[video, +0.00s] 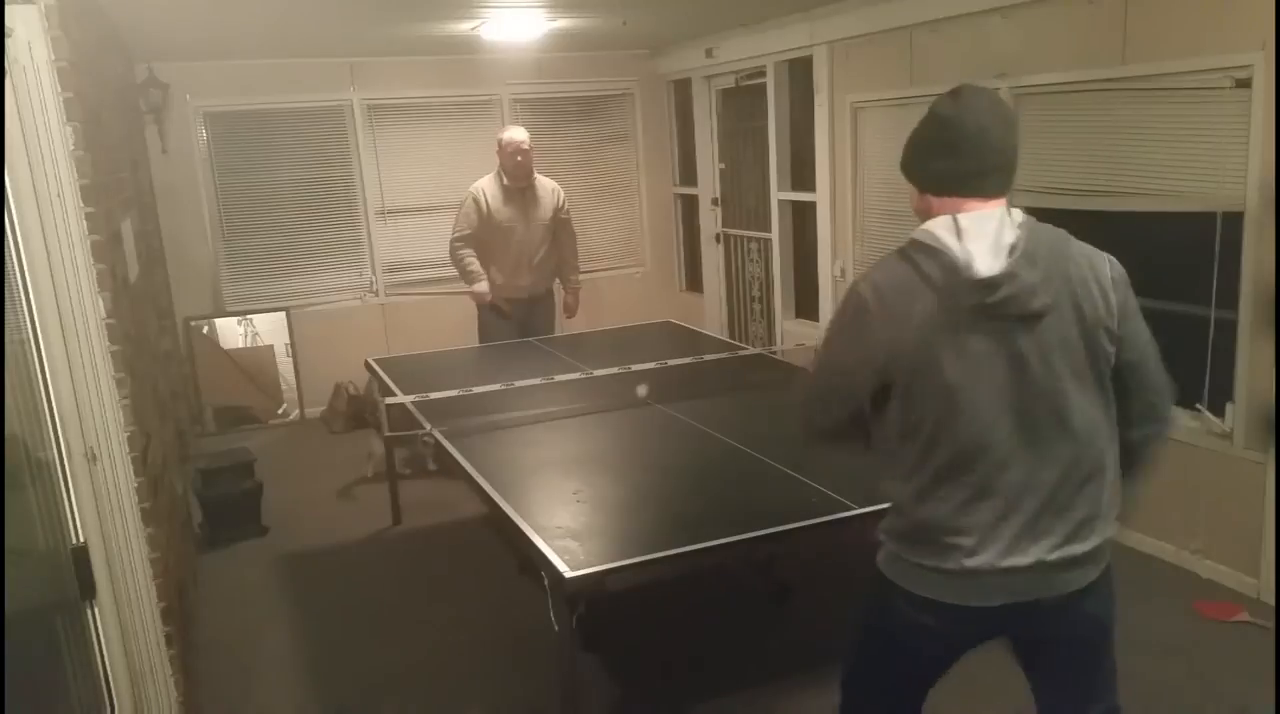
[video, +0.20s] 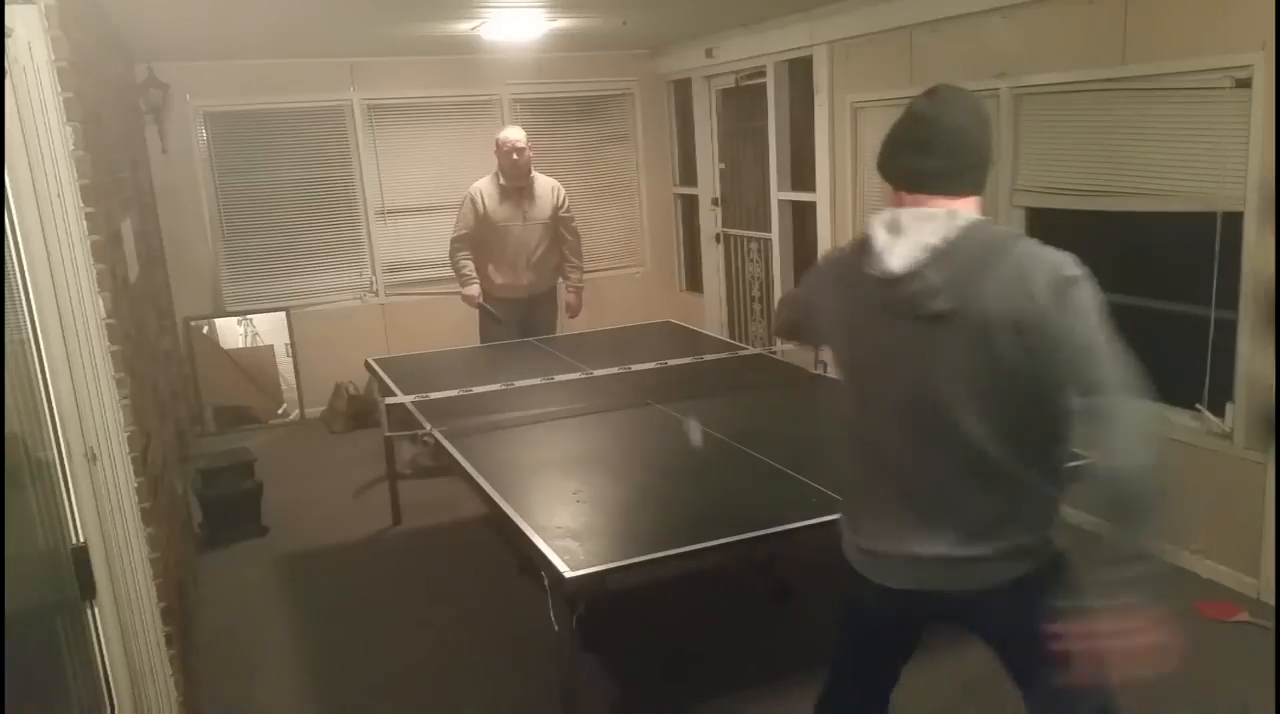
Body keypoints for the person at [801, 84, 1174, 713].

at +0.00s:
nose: (913, 195)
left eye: (912, 182)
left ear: (919, 188)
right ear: (1008, 176)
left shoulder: (884, 294)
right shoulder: (1095, 275)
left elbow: (825, 418)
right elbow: (1149, 410)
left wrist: (913, 428)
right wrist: (1098, 481)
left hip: (933, 590)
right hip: (1071, 587)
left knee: (874, 705)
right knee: (1087, 707)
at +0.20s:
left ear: (890, 176)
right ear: (978, 177)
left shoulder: (844, 277)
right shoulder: (1046, 281)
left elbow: (791, 320)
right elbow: (1120, 447)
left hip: (880, 571)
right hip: (1008, 572)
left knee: (849, 697)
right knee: (1070, 699)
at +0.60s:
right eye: (862, 93)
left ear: (783, 107)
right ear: (869, 106)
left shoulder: (748, 211)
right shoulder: (894, 192)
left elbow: (745, 356)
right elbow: (872, 353)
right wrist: (815, 492)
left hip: (770, 519)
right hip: (869, 531)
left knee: (794, 690)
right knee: (868, 693)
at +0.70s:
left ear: (768, 142)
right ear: (854, 142)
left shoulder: (730, 251)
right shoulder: (880, 240)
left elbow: (716, 389)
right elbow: (873, 414)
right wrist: (854, 564)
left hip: (735, 545)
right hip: (821, 557)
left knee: (760, 693)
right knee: (808, 696)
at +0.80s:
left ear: (757, 183)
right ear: (843, 184)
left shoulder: (708, 288)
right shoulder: (874, 286)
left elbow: (688, 429)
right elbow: (891, 469)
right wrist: (905, 618)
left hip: (712, 570)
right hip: (816, 589)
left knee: (743, 698)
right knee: (812, 699)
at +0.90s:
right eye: (829, 167)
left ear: (737, 188)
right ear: (829, 186)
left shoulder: (690, 296)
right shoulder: (869, 289)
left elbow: (663, 444)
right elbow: (909, 469)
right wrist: (938, 603)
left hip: (704, 594)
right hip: (818, 608)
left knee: (725, 701)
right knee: (827, 703)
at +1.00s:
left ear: (730, 202)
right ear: (821, 201)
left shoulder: (682, 310)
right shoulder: (863, 298)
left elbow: (653, 451)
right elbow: (920, 469)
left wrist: (716, 500)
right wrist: (963, 576)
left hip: (695, 597)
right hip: (819, 603)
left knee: (680, 702)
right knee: (890, 701)